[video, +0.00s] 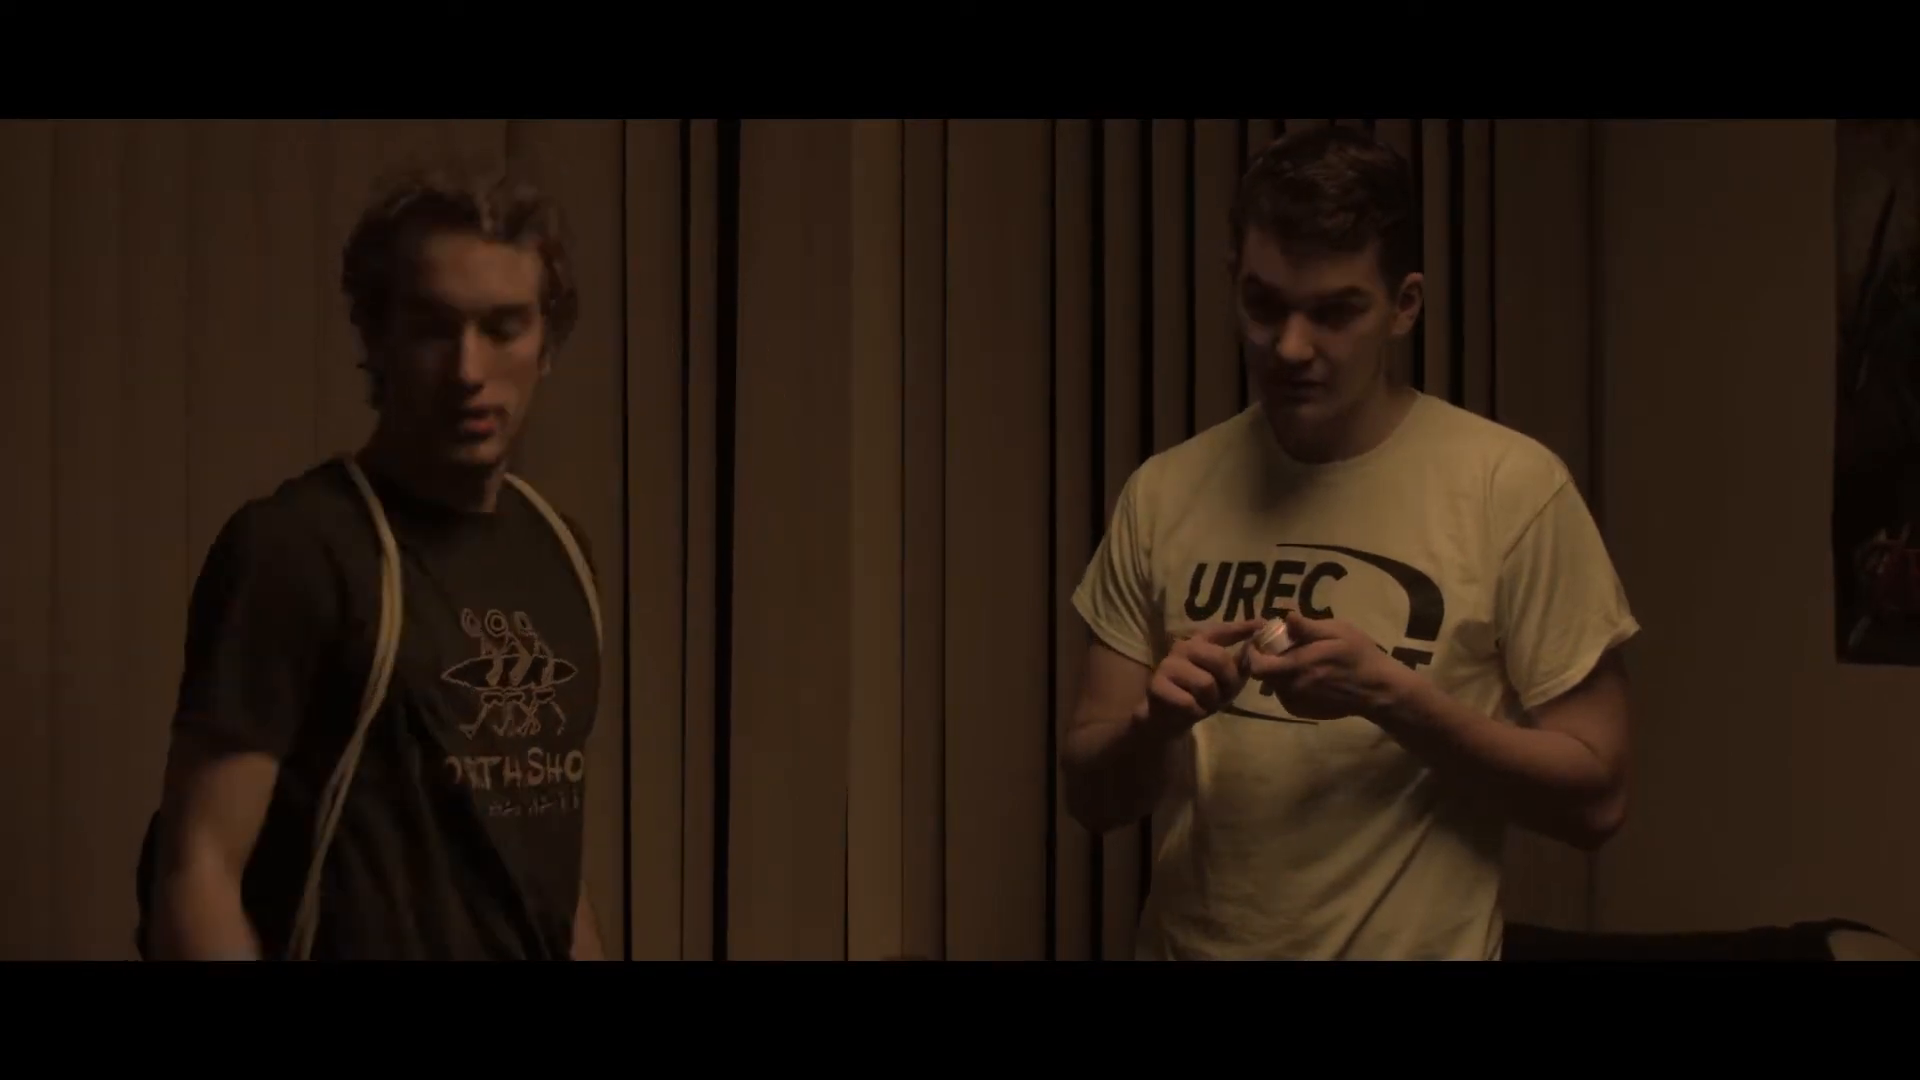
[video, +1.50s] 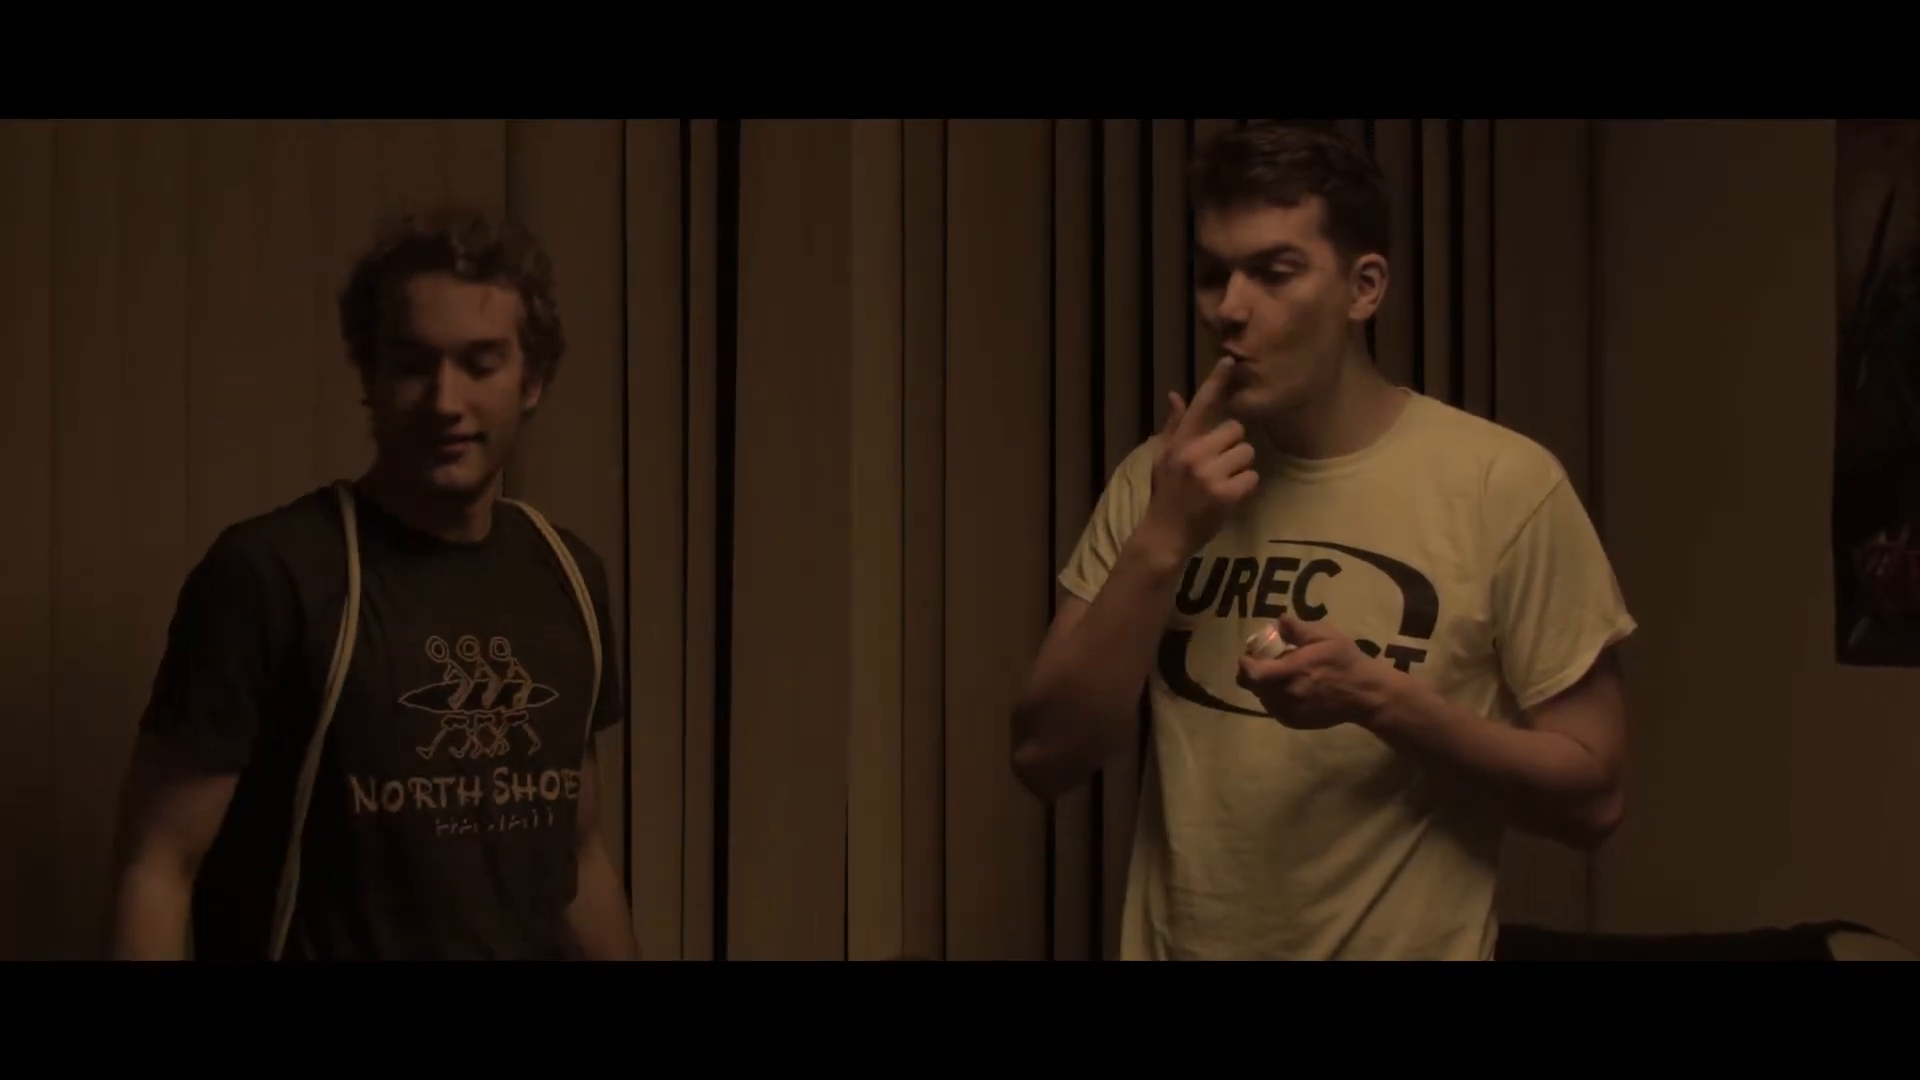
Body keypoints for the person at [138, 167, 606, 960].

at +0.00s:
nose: (470, 371)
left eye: (503, 327)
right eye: (432, 327)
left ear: (546, 340)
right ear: (372, 340)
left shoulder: (555, 546)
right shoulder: (288, 549)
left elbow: (540, 848)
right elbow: (197, 869)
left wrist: (584, 946)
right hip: (349, 943)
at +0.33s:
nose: (364, 466)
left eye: (399, 420)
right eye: (333, 426)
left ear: (484, 396)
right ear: (308, 413)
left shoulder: (623, 556)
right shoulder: (240, 586)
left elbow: (698, 821)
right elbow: (174, 862)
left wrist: (750, 954)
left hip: (556, 947)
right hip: (324, 950)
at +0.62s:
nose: (277, 501)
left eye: (305, 459)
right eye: (251, 466)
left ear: (403, 418)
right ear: (230, 446)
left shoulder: (598, 547)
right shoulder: (226, 610)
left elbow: (735, 792)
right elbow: (199, 882)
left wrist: (799, 959)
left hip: (575, 949)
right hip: (356, 958)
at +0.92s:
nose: (357, 397)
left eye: (393, 352)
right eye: (326, 362)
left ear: (465, 365)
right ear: (295, 381)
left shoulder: (588, 541)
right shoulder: (223, 581)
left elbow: (671, 796)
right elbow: (168, 877)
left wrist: (714, 953)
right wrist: (374, 863)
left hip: (546, 951)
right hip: (332, 963)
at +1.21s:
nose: (425, 364)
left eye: (460, 327)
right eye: (388, 331)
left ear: (514, 367)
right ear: (347, 370)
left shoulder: (579, 565)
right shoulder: (249, 572)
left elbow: (610, 842)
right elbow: (203, 885)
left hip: (529, 946)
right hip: (329, 945)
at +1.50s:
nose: (446, 402)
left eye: (480, 364)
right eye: (413, 366)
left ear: (532, 381)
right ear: (369, 382)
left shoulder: (573, 578)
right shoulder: (265, 577)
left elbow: (580, 850)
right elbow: (159, 863)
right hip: (317, 945)